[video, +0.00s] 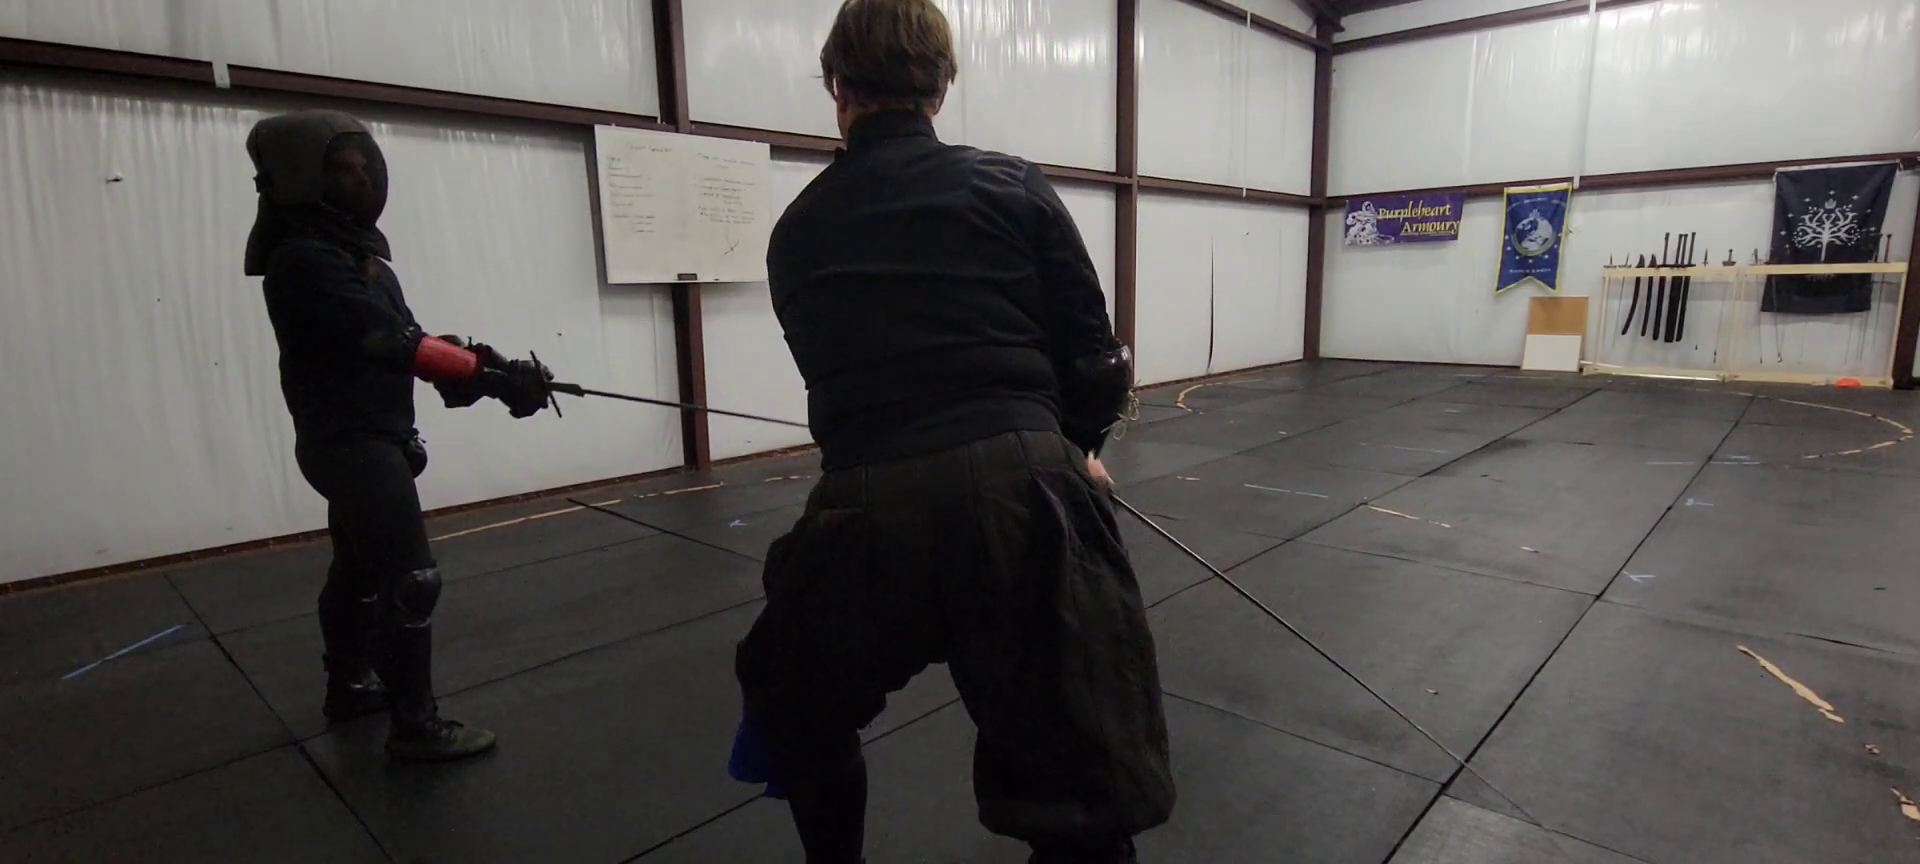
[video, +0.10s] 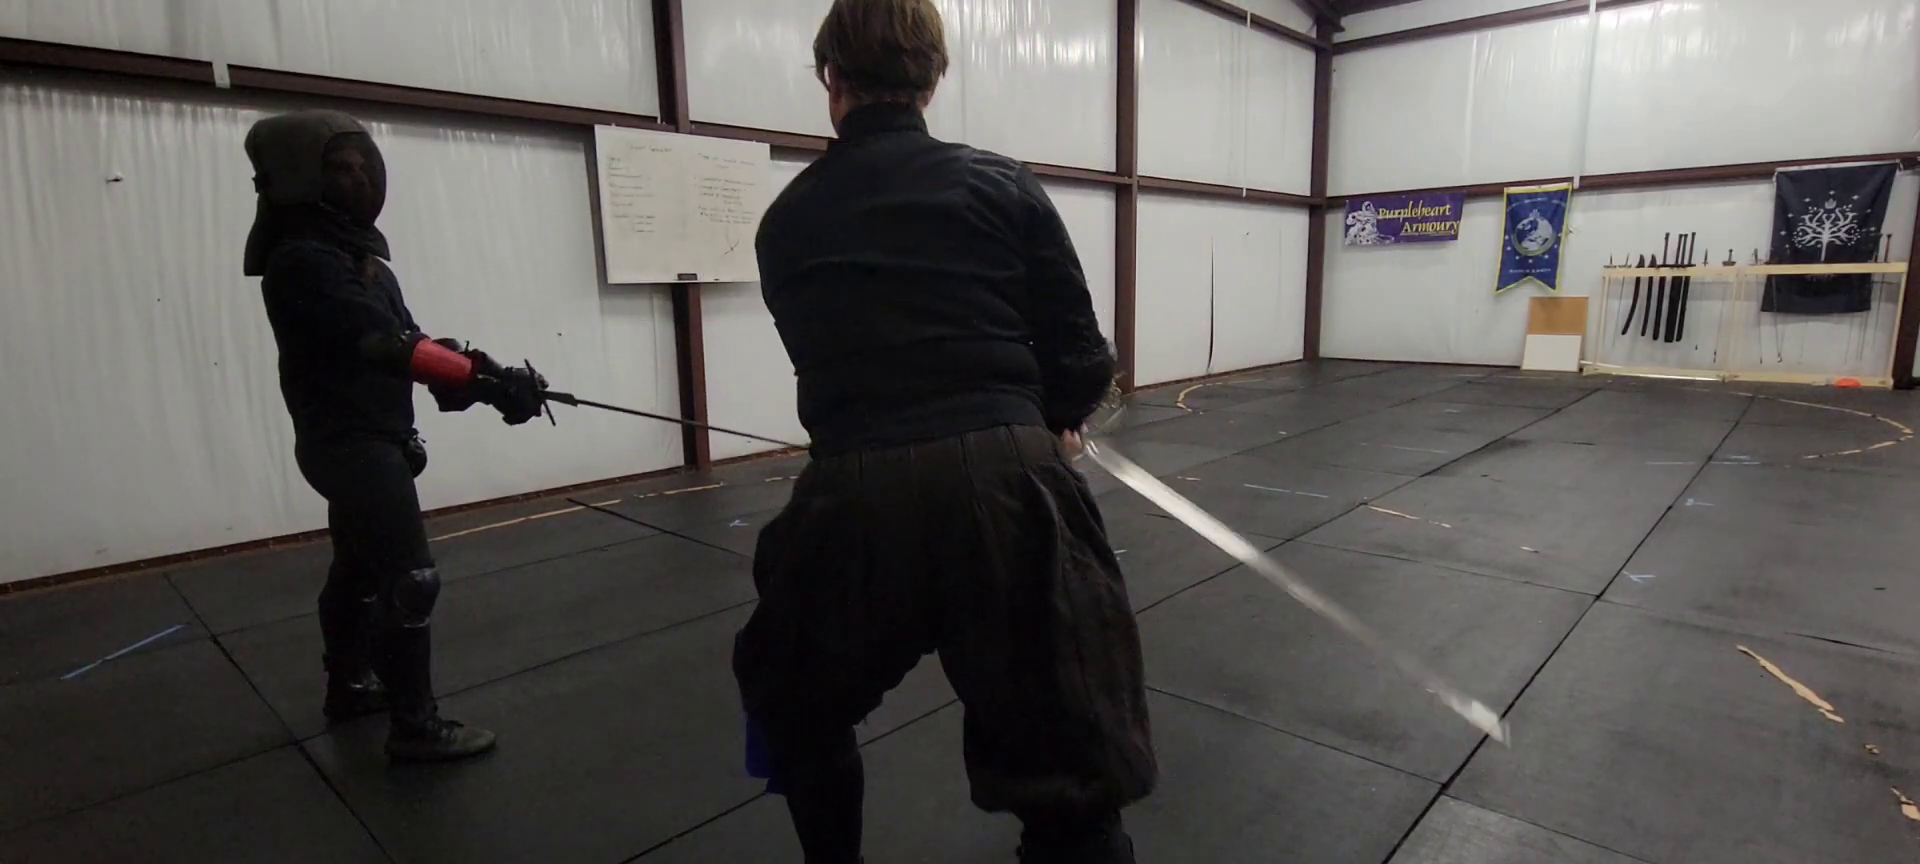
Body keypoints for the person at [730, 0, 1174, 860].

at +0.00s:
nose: (834, 99)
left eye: (832, 87)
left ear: (840, 92)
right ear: (939, 89)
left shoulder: (795, 230)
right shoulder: (1013, 183)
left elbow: (840, 386)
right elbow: (1095, 361)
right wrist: (1071, 448)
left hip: (867, 517)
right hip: (1025, 495)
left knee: (804, 703)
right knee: (1069, 768)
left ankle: (833, 851)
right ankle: (1082, 848)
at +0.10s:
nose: (825, 90)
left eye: (824, 77)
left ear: (833, 83)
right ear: (931, 80)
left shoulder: (784, 222)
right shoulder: (1002, 184)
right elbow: (1083, 358)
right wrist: (1050, 426)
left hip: (855, 506)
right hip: (1009, 488)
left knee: (800, 698)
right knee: (1059, 761)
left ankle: (833, 850)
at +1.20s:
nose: (1001, 80)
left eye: (1011, 64)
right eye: (1006, 64)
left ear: (1049, 73)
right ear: (1064, 78)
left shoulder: (1063, 178)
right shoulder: (1075, 164)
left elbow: (1018, 323)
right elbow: (1029, 310)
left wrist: (951, 375)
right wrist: (936, 343)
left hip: (1127, 439)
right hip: (1101, 433)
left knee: (1172, 651)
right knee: (1064, 614)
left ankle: (1282, 827)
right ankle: (1074, 784)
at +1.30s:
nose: (1014, 93)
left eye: (1024, 76)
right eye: (1018, 76)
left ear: (1065, 83)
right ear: (1077, 86)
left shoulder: (1085, 190)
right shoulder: (1086, 179)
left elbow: (1039, 340)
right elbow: (1035, 320)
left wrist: (971, 380)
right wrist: (944, 353)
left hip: (1152, 451)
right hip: (1125, 442)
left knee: (1196, 657)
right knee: (1041, 583)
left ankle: (1289, 837)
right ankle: (1071, 774)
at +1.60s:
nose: (1010, 103)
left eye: (1019, 88)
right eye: (1013, 87)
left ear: (1058, 96)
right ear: (1076, 99)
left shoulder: (1052, 198)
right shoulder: (1103, 181)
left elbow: (989, 347)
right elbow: (1024, 307)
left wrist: (925, 361)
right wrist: (928, 336)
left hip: (1120, 451)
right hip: (1157, 426)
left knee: (1191, 648)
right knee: (1045, 583)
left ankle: (1287, 836)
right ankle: (1059, 751)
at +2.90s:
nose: (485, 127)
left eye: (484, 113)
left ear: (491, 118)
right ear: (590, 111)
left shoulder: (454, 234)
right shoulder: (668, 200)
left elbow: (466, 387)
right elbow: (733, 372)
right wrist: (741, 489)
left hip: (515, 498)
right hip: (666, 481)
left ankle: (592, 833)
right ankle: (612, 839)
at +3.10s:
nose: (477, 110)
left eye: (477, 98)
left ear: (486, 108)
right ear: (597, 109)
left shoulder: (440, 226)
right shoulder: (659, 211)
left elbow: (443, 382)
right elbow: (723, 386)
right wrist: (737, 499)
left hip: (458, 505)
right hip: (616, 498)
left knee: (514, 763)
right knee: (609, 781)